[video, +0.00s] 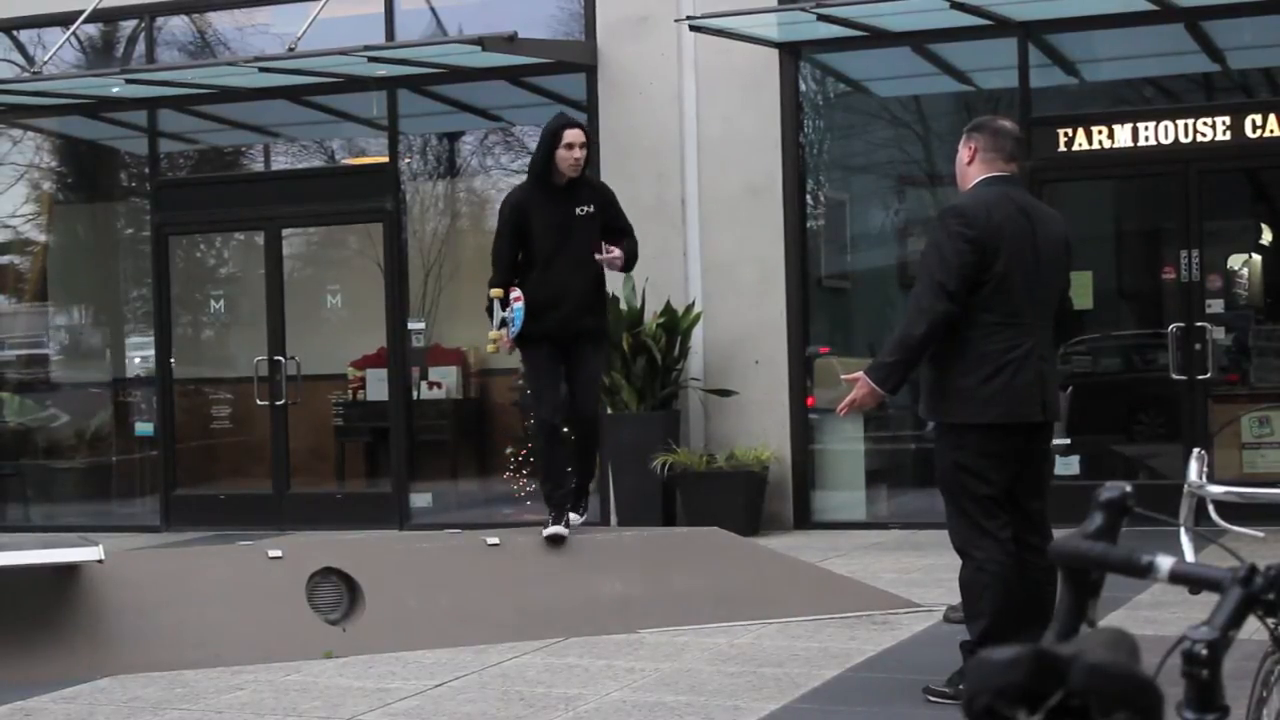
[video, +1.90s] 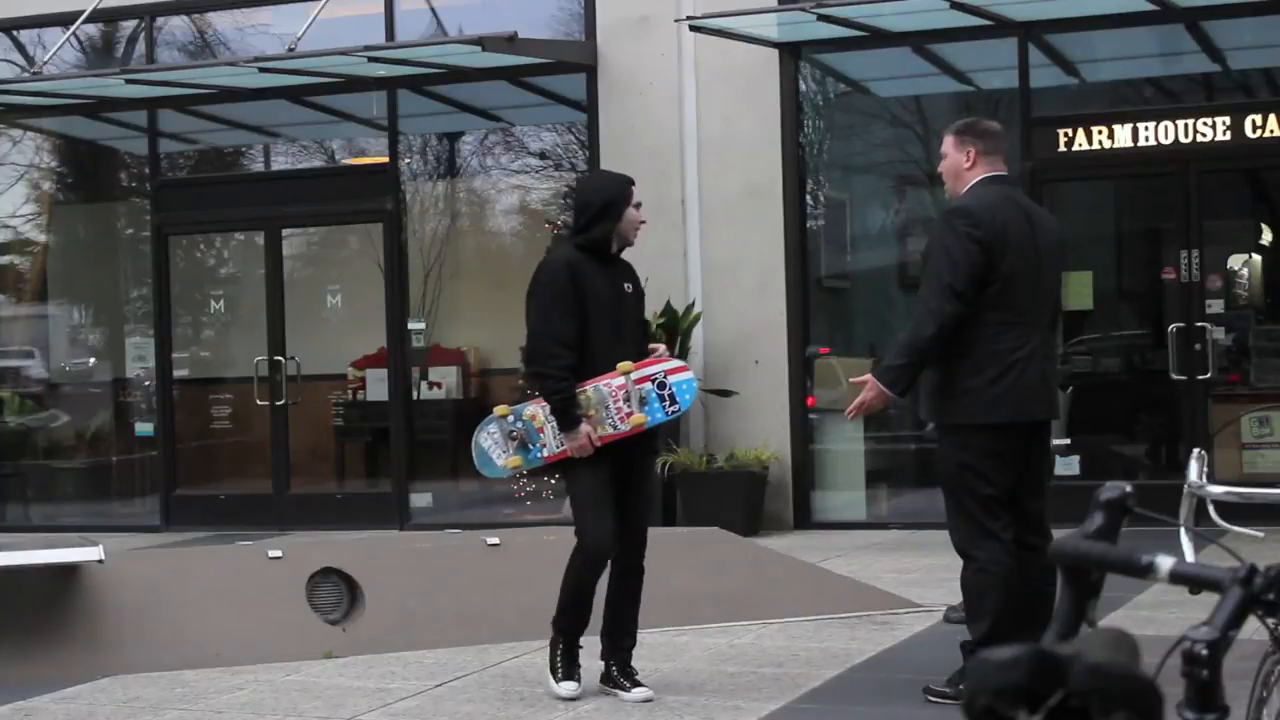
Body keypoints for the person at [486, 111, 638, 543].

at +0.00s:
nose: (577, 155)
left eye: (582, 147)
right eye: (569, 147)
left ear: (587, 152)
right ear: (550, 151)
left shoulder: (597, 194)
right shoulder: (520, 202)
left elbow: (626, 243)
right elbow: (502, 268)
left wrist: (620, 259)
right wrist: (499, 318)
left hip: (588, 323)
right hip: (539, 326)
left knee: (587, 413)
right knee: (548, 416)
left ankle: (581, 493)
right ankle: (557, 511)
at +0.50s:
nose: (587, 169)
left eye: (591, 162)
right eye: (578, 161)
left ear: (594, 170)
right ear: (555, 166)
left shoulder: (603, 221)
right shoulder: (523, 223)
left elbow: (623, 286)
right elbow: (503, 292)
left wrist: (616, 338)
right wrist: (501, 353)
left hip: (588, 356)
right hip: (535, 357)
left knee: (588, 452)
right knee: (542, 448)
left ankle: (589, 558)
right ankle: (559, 508)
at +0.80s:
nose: (605, 232)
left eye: (609, 226)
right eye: (597, 224)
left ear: (612, 236)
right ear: (573, 228)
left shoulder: (617, 292)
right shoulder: (536, 287)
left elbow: (638, 353)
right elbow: (512, 353)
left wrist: (638, 395)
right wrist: (504, 414)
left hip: (603, 424)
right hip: (546, 424)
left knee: (601, 525)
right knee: (544, 524)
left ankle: (591, 618)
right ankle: (555, 538)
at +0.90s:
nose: (604, 222)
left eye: (609, 215)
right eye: (596, 213)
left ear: (611, 225)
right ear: (572, 217)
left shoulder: (618, 279)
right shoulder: (533, 275)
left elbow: (642, 337)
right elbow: (510, 346)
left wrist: (633, 362)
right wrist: (508, 409)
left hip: (605, 419)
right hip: (548, 420)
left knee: (601, 521)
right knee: (551, 515)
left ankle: (591, 614)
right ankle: (550, 600)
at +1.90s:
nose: (642, 217)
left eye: (639, 207)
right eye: (634, 208)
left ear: (615, 213)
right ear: (607, 213)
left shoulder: (624, 275)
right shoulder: (560, 268)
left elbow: (631, 344)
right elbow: (545, 353)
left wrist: (655, 358)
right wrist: (569, 420)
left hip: (634, 428)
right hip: (584, 430)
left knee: (631, 549)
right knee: (595, 542)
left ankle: (618, 664)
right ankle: (564, 644)